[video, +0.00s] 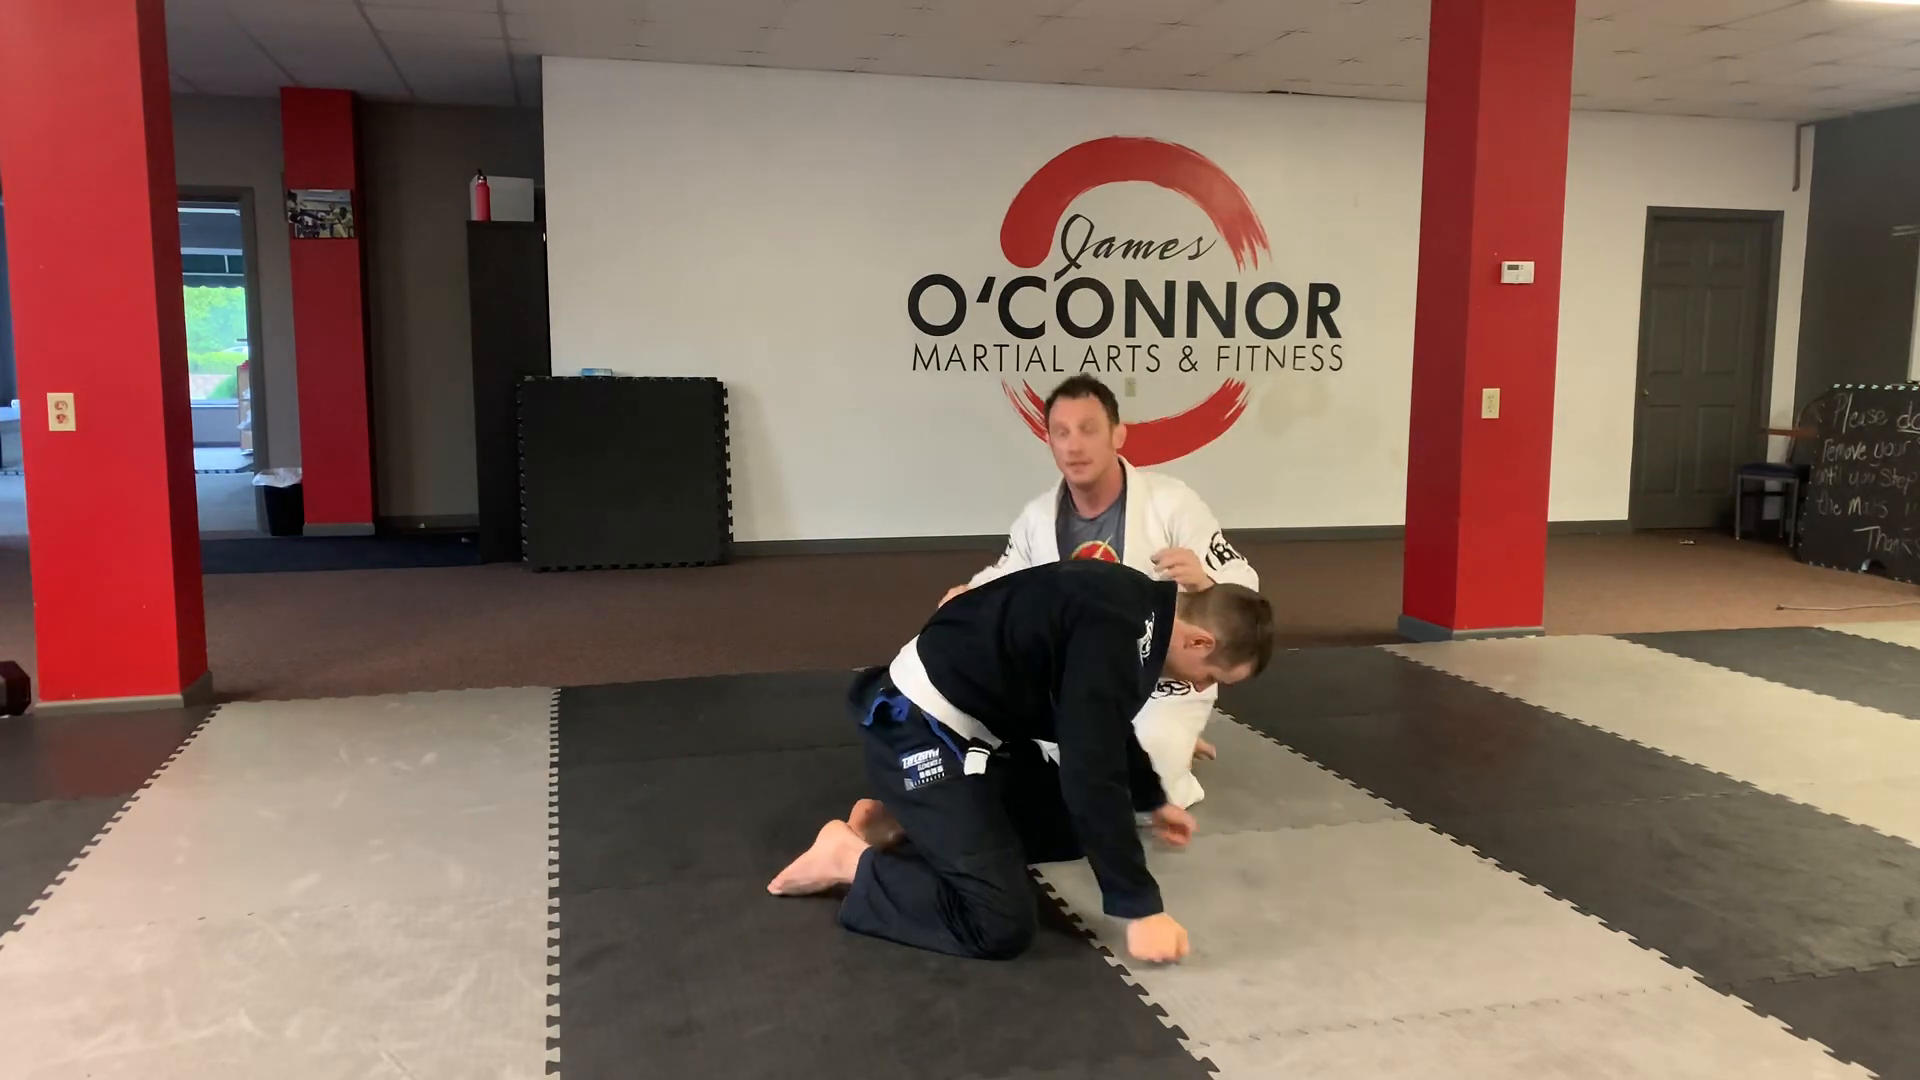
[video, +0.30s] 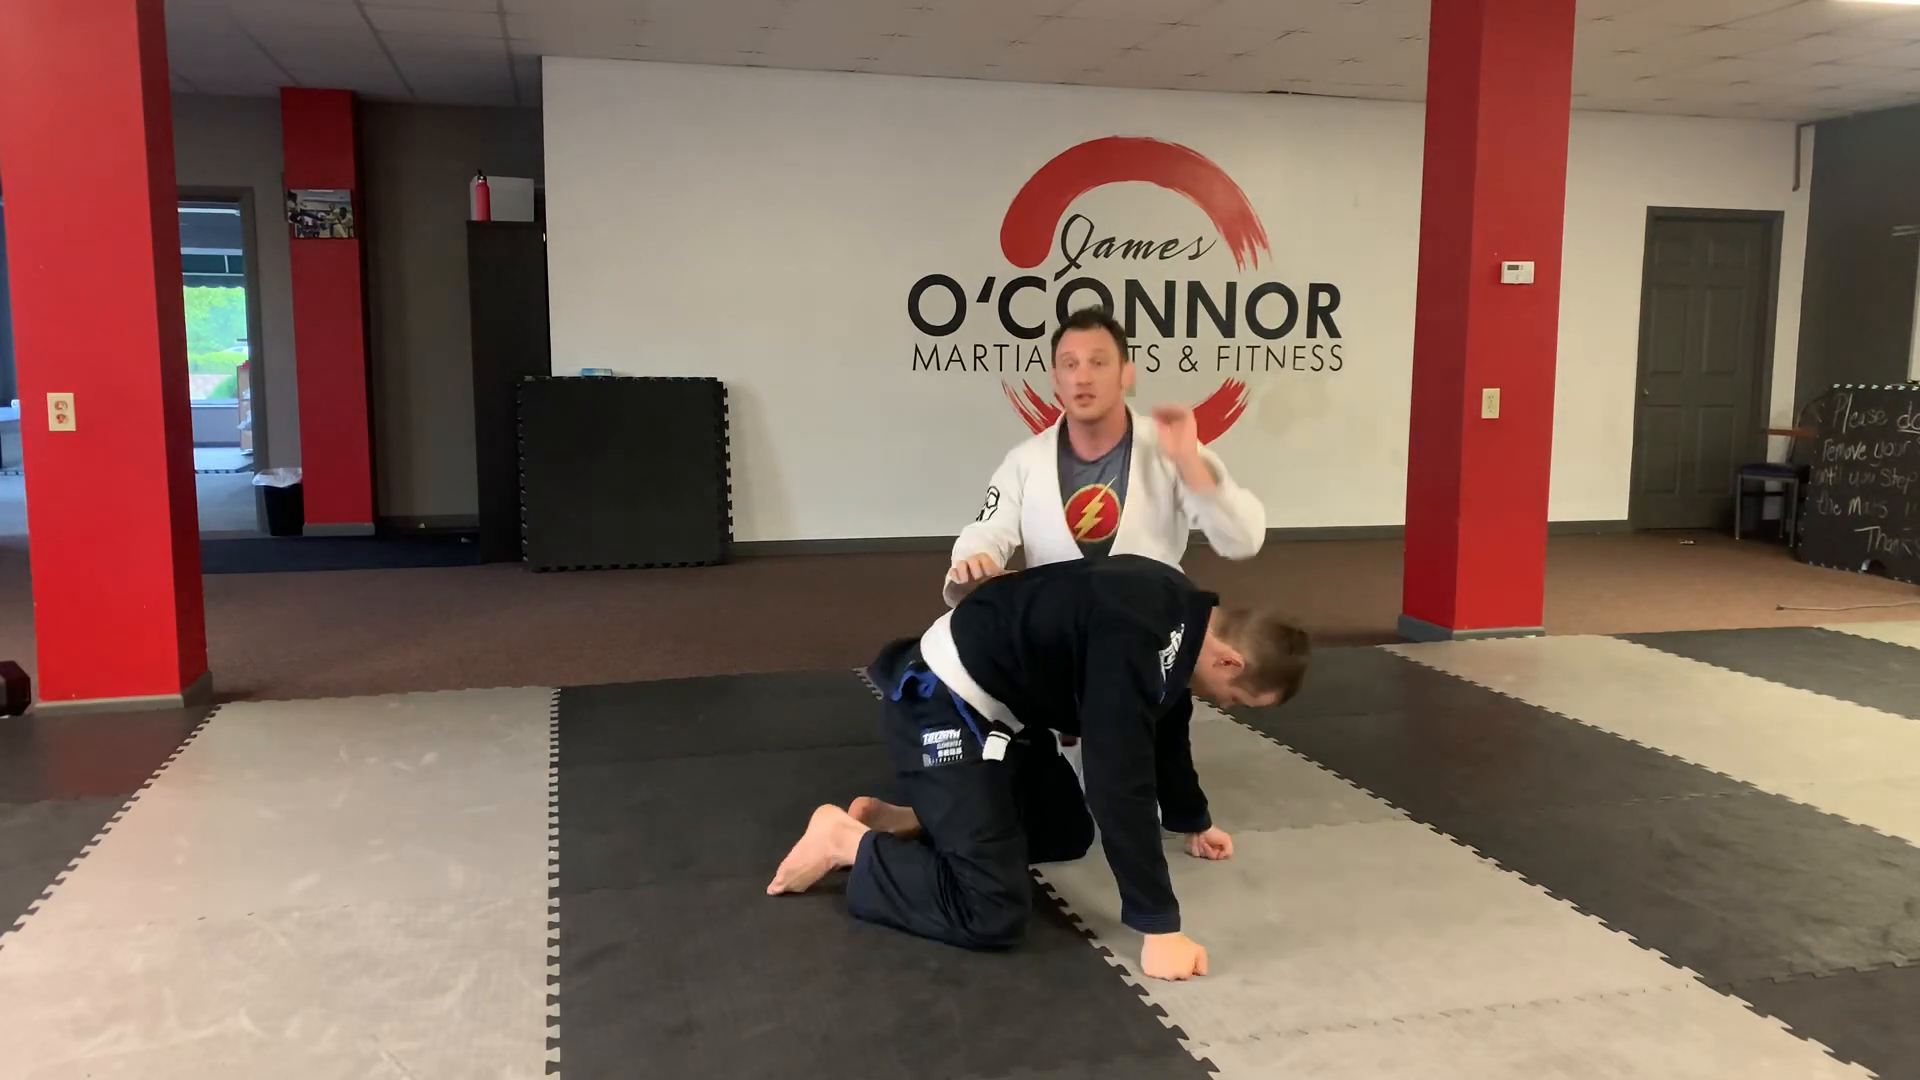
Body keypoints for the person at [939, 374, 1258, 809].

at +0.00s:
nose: (1074, 446)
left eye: (1088, 430)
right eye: (1062, 433)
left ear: (1118, 435)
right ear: (1049, 442)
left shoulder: (1172, 503)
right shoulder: (1037, 518)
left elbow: (1246, 582)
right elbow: (1008, 573)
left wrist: (1207, 581)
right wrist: (972, 591)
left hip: (1172, 670)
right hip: (1079, 669)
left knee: (1148, 746)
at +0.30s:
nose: (1082, 377)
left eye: (1098, 363)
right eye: (1070, 364)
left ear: (1127, 376)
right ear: (1055, 379)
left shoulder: (1170, 450)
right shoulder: (1026, 463)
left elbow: (1245, 541)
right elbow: (991, 532)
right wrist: (975, 562)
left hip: (1148, 650)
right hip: (1055, 653)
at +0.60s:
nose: (1107, 365)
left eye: (1124, 349)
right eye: (1097, 349)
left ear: (1164, 353)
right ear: (1088, 352)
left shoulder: (1193, 425)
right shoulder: (1053, 432)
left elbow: (1275, 458)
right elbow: (1010, 515)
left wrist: (1199, 390)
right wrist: (1010, 563)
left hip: (1163, 641)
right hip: (1067, 641)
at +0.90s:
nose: (1085, 370)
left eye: (1100, 354)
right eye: (1076, 353)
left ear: (1145, 348)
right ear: (1068, 348)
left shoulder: (1181, 417)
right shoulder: (1043, 431)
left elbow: (1256, 458)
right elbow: (1007, 508)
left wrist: (1182, 388)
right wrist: (991, 544)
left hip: (1154, 638)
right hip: (1058, 640)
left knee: (1131, 811)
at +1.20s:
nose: (1018, 379)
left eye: (1033, 362)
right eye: (1006, 362)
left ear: (1071, 354)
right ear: (996, 355)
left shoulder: (1114, 425)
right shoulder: (970, 443)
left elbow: (1206, 485)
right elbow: (931, 525)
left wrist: (1129, 414)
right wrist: (912, 557)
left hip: (1110, 649)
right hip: (1010, 657)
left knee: (1123, 817)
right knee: (1020, 826)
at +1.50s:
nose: (954, 389)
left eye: (969, 372)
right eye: (942, 373)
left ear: (1007, 358)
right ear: (930, 364)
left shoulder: (1064, 423)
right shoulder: (910, 449)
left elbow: (1127, 487)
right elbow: (878, 526)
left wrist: (1138, 522)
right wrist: (857, 561)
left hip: (1062, 643)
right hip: (970, 653)